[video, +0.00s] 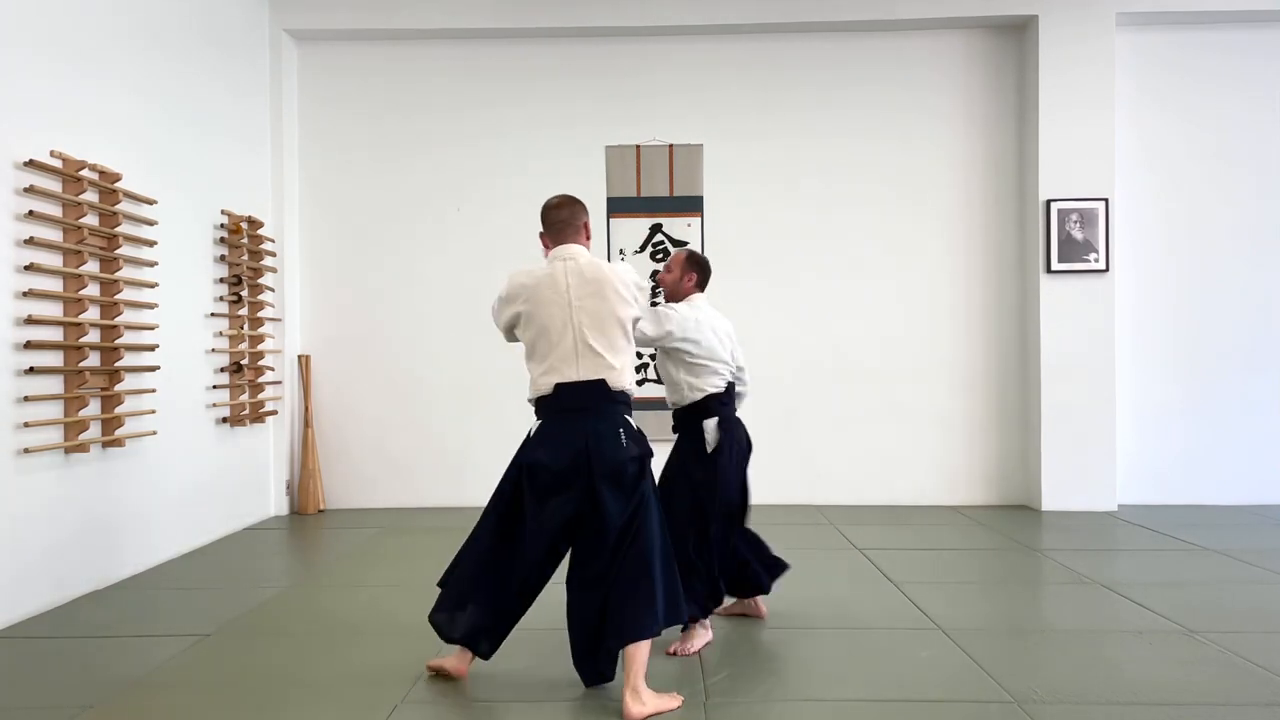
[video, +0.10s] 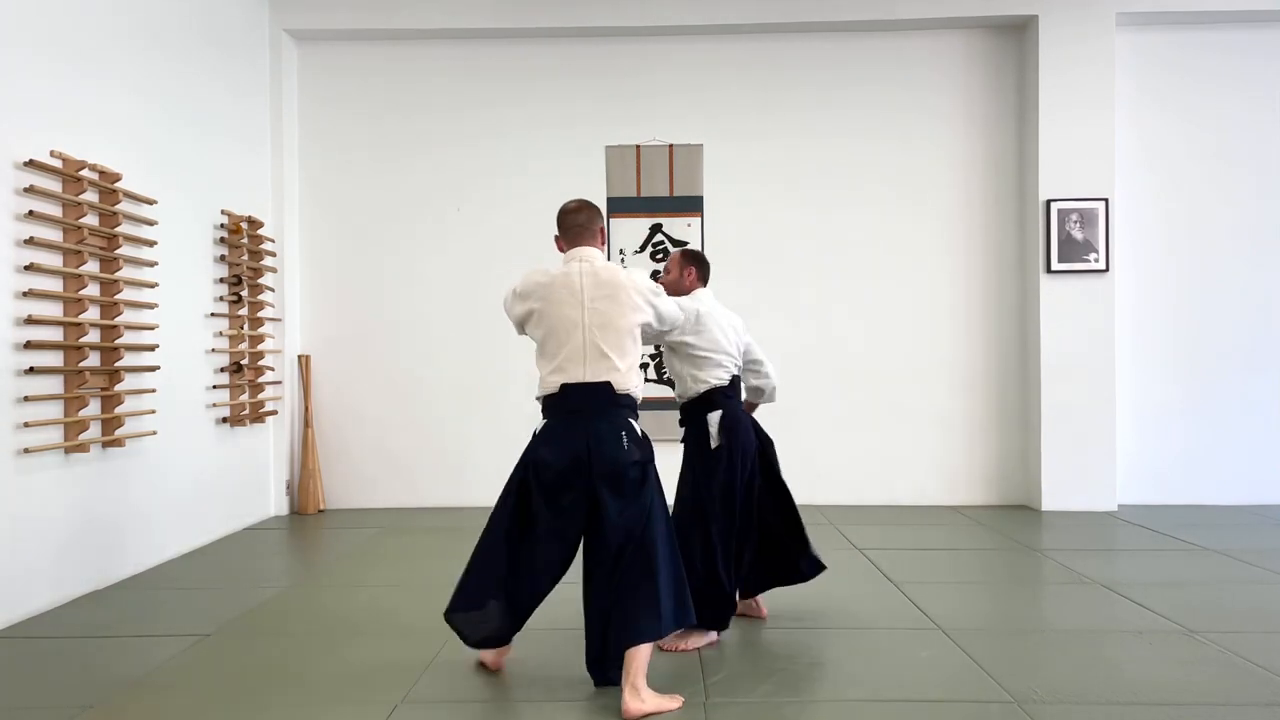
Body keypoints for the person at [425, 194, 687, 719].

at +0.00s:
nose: (586, 237)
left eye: (544, 237)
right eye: (588, 229)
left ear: (542, 239)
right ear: (589, 232)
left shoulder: (521, 286)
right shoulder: (623, 280)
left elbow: (509, 330)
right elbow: (633, 324)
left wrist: (556, 287)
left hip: (554, 431)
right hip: (615, 430)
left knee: (520, 538)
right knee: (637, 551)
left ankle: (463, 652)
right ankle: (636, 690)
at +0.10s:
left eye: (559, 241)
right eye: (602, 234)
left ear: (558, 243)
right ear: (604, 237)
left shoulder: (536, 287)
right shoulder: (632, 287)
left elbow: (518, 315)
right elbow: (672, 318)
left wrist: (571, 286)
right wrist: (665, 292)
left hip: (560, 428)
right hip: (619, 429)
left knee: (533, 532)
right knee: (640, 549)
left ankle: (497, 642)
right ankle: (635, 688)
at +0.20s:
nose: (580, 257)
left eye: (572, 251)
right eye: (617, 247)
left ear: (570, 253)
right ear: (616, 249)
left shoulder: (548, 290)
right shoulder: (642, 294)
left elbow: (525, 311)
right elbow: (678, 318)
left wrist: (575, 273)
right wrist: (648, 283)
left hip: (560, 428)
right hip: (618, 434)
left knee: (543, 528)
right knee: (643, 552)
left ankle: (529, 630)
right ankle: (634, 685)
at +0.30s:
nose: (617, 264)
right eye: (617, 258)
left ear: (568, 262)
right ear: (614, 258)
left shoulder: (544, 302)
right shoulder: (636, 301)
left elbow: (525, 302)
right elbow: (679, 331)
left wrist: (552, 283)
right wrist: (640, 291)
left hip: (561, 431)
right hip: (619, 434)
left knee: (548, 530)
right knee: (639, 553)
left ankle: (546, 618)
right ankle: (634, 685)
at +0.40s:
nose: (600, 265)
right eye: (601, 259)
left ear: (556, 266)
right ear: (600, 260)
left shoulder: (539, 300)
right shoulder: (632, 303)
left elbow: (524, 297)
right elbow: (665, 358)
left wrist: (552, 278)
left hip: (560, 429)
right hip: (617, 431)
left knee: (556, 530)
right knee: (635, 543)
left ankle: (557, 622)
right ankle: (633, 664)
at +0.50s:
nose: (595, 266)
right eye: (595, 259)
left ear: (550, 268)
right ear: (593, 260)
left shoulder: (536, 299)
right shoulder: (621, 303)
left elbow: (518, 289)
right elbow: (649, 336)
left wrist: (553, 276)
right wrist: (608, 286)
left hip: (557, 423)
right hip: (611, 426)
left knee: (559, 523)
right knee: (630, 528)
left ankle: (565, 622)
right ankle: (624, 620)